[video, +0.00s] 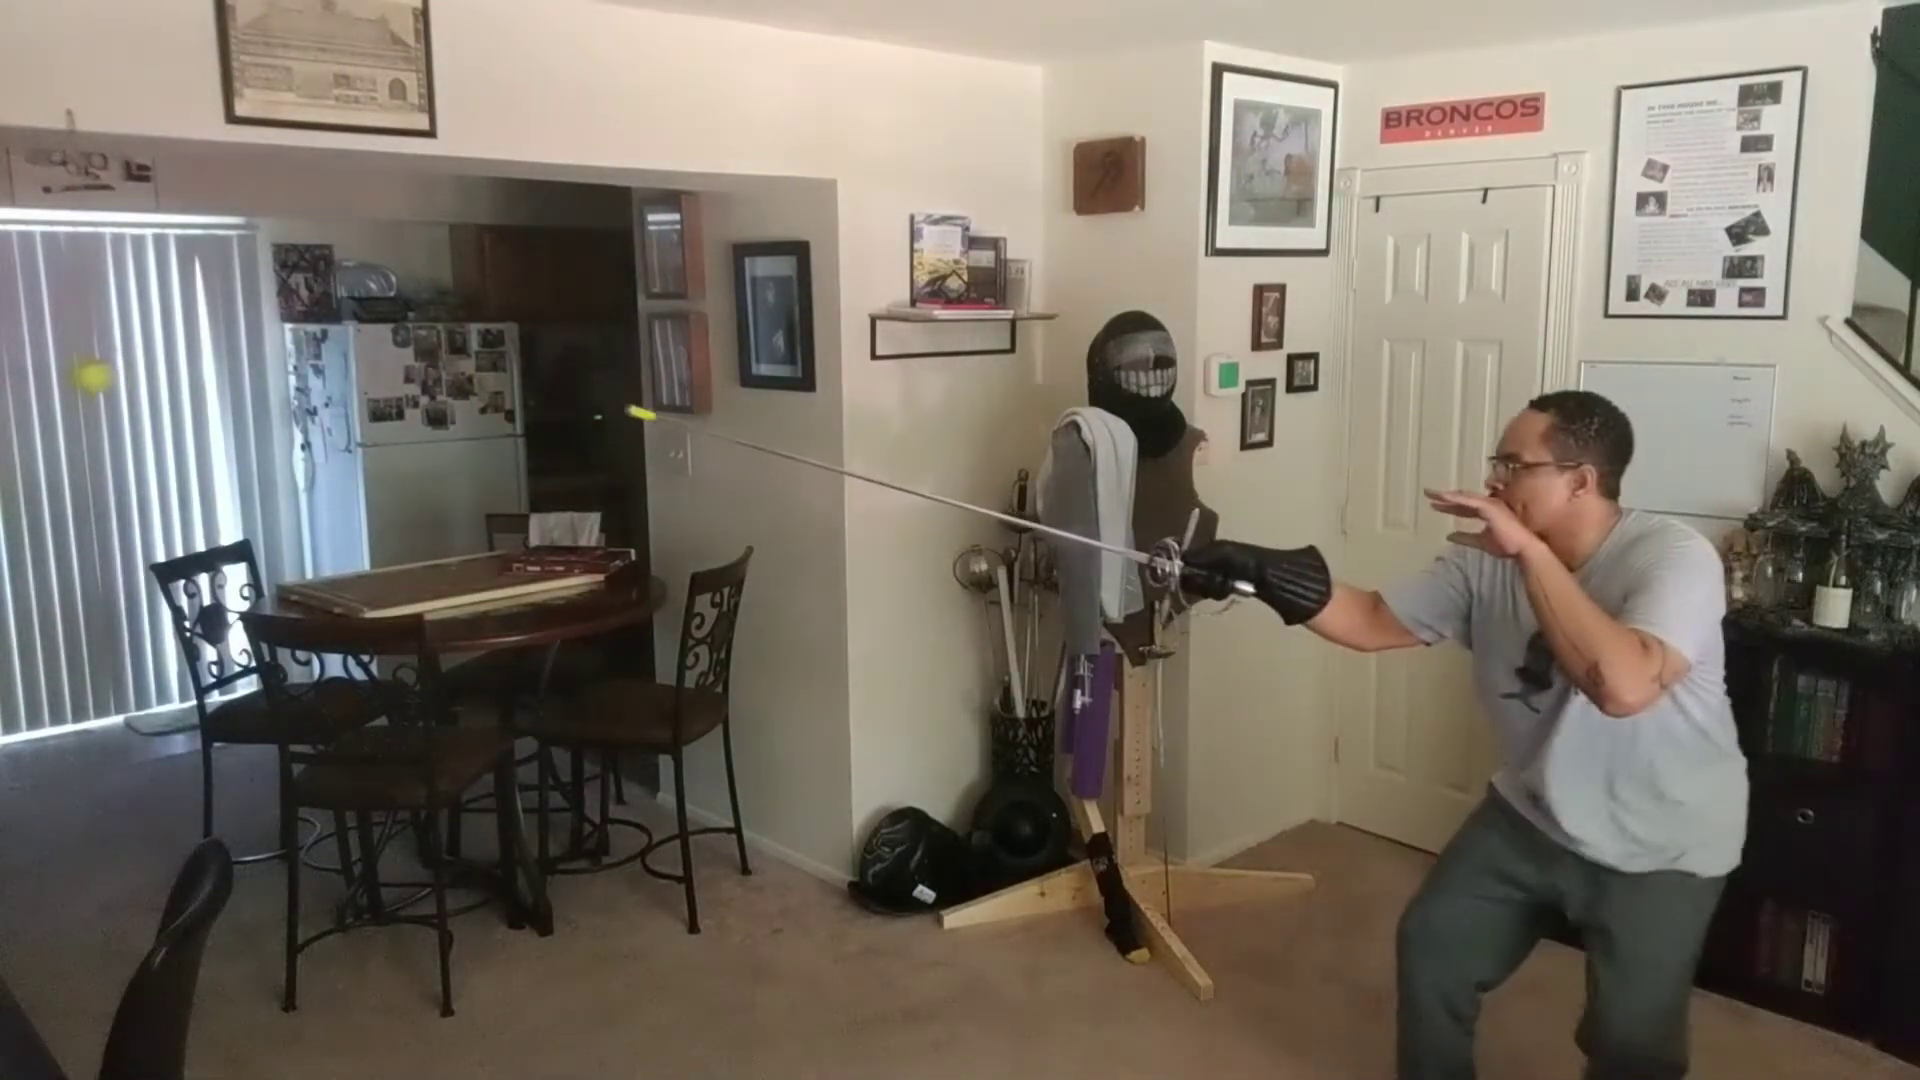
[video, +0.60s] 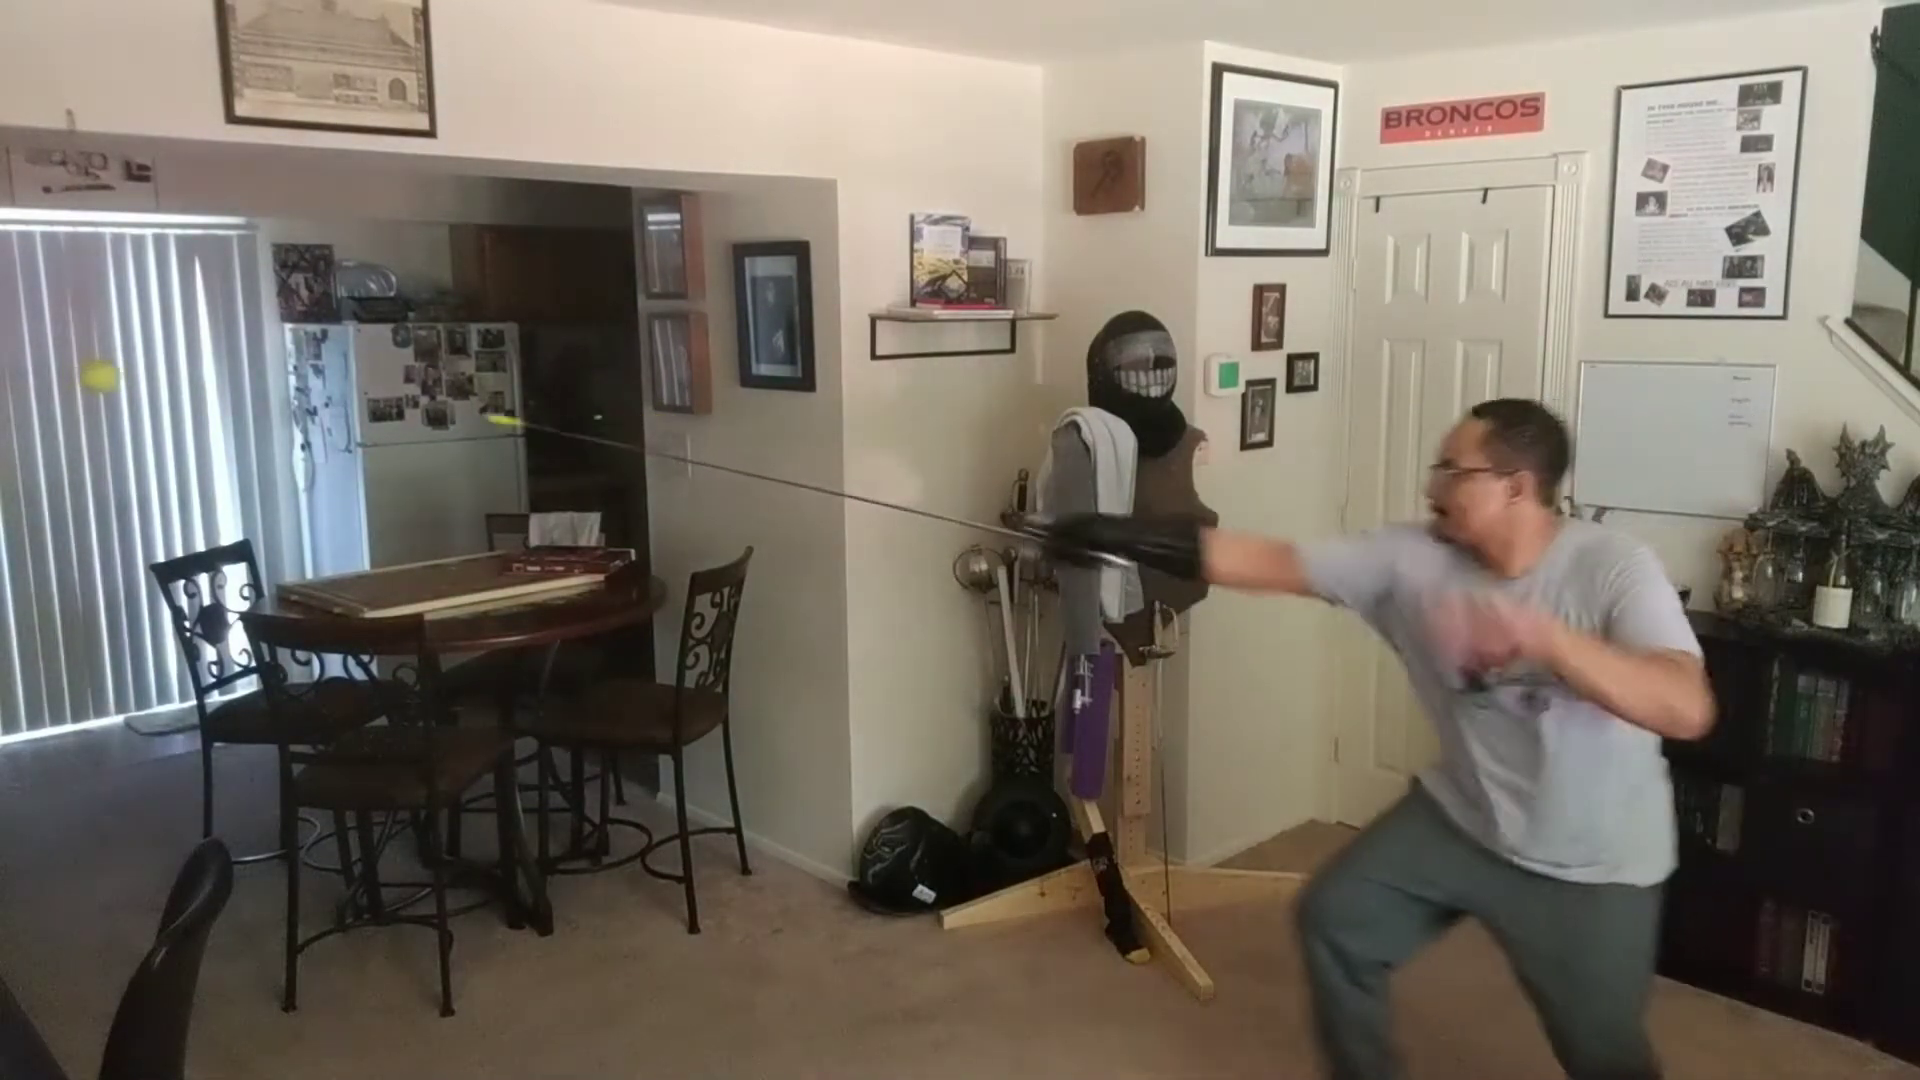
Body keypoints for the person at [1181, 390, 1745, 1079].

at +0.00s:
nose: (1493, 481)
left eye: (1513, 466)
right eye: (1496, 464)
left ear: (1583, 480)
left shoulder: (1676, 558)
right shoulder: (1488, 561)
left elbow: (1624, 685)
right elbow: (1373, 621)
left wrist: (1529, 551)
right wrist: (1252, 568)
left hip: (1663, 846)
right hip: (1531, 814)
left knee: (1631, 1043)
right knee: (1433, 948)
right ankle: (1435, 1072)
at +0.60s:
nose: (1433, 489)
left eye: (1455, 472)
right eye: (1438, 471)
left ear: (1520, 485)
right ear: (1510, 481)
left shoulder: (1612, 567)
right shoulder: (1412, 561)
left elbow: (1688, 706)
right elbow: (1275, 562)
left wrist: (1550, 642)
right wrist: (1136, 535)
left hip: (1594, 866)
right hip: (1458, 823)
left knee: (1607, 1056)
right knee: (1335, 921)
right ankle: (1366, 1071)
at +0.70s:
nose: (1380, 495)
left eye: (1400, 481)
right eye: (1384, 479)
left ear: (1466, 495)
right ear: (1430, 494)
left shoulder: (1566, 577)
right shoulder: (1358, 563)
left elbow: (1695, 683)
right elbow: (1218, 538)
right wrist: (1062, 516)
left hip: (1551, 867)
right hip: (1416, 822)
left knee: (1582, 1052)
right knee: (1278, 918)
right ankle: (1262, 1070)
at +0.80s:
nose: (1312, 506)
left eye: (1332, 493)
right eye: (1314, 490)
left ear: (1398, 509)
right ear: (1330, 505)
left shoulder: (1509, 590)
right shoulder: (1289, 572)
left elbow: (1652, 666)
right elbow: (1144, 541)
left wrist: (1778, 756)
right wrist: (1015, 514)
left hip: (1494, 881)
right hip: (1351, 828)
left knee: (1552, 1050)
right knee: (1213, 919)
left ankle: (1587, 1078)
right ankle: (1137, 1070)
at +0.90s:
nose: (1221, 518)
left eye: (1241, 504)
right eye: (1224, 501)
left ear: (1298, 514)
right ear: (1245, 511)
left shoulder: (1407, 597)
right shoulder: (1205, 576)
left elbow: (1566, 653)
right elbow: (1071, 549)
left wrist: (1719, 713)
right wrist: (956, 521)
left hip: (1417, 887)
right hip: (1274, 846)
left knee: (1513, 1041)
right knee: (1133, 954)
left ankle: (1578, 1076)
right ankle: (1048, 1075)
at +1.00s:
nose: (1113, 530)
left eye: (1134, 517)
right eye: (1114, 515)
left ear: (1188, 531)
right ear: (1125, 529)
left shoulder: (1282, 614)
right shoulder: (1090, 592)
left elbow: (1438, 655)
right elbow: (949, 554)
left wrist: (1583, 699)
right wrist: (817, 525)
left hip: (1327, 886)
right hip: (1181, 857)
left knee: (1463, 1027)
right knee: (1050, 935)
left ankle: (1542, 1070)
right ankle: (999, 1075)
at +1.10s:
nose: (1008, 539)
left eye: (1029, 528)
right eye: (1013, 522)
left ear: (1086, 546)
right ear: (1031, 537)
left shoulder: (1184, 627)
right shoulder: (989, 602)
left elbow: (1329, 669)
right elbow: (853, 566)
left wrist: (1477, 715)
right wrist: (710, 533)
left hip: (1251, 869)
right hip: (1101, 854)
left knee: (1375, 1006)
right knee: (974, 945)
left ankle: (1478, 1068)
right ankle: (974, 1074)